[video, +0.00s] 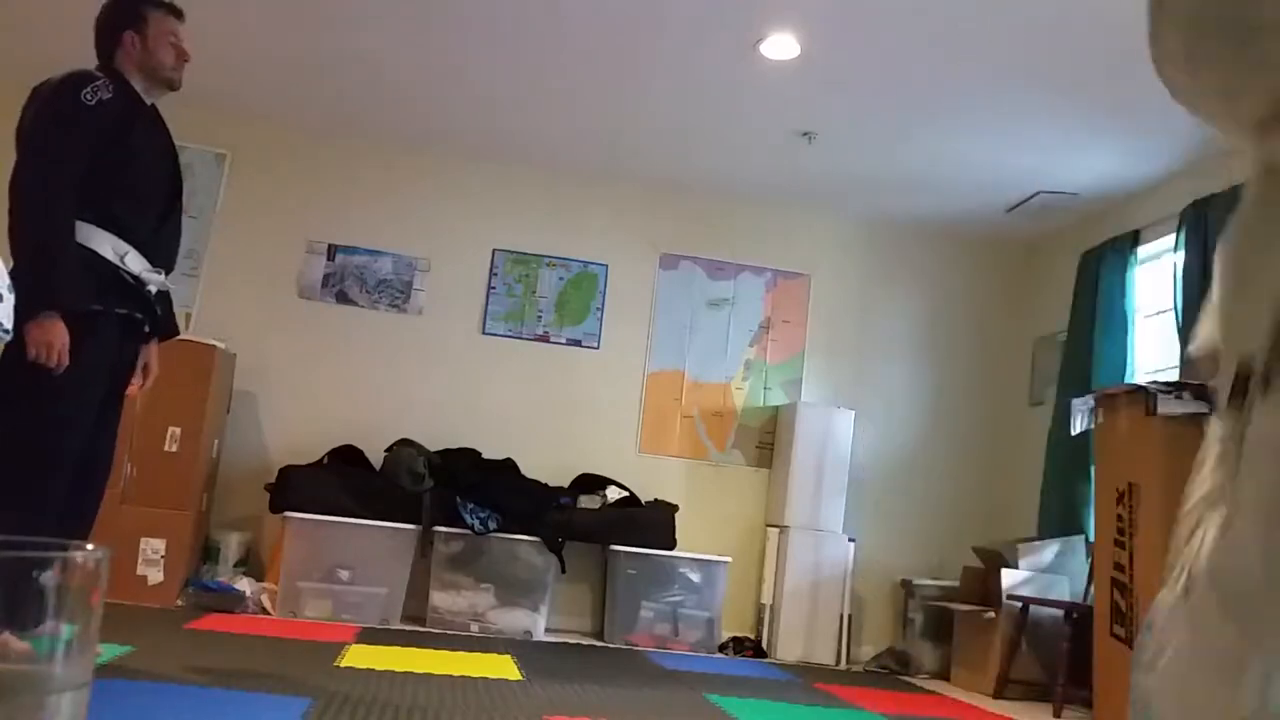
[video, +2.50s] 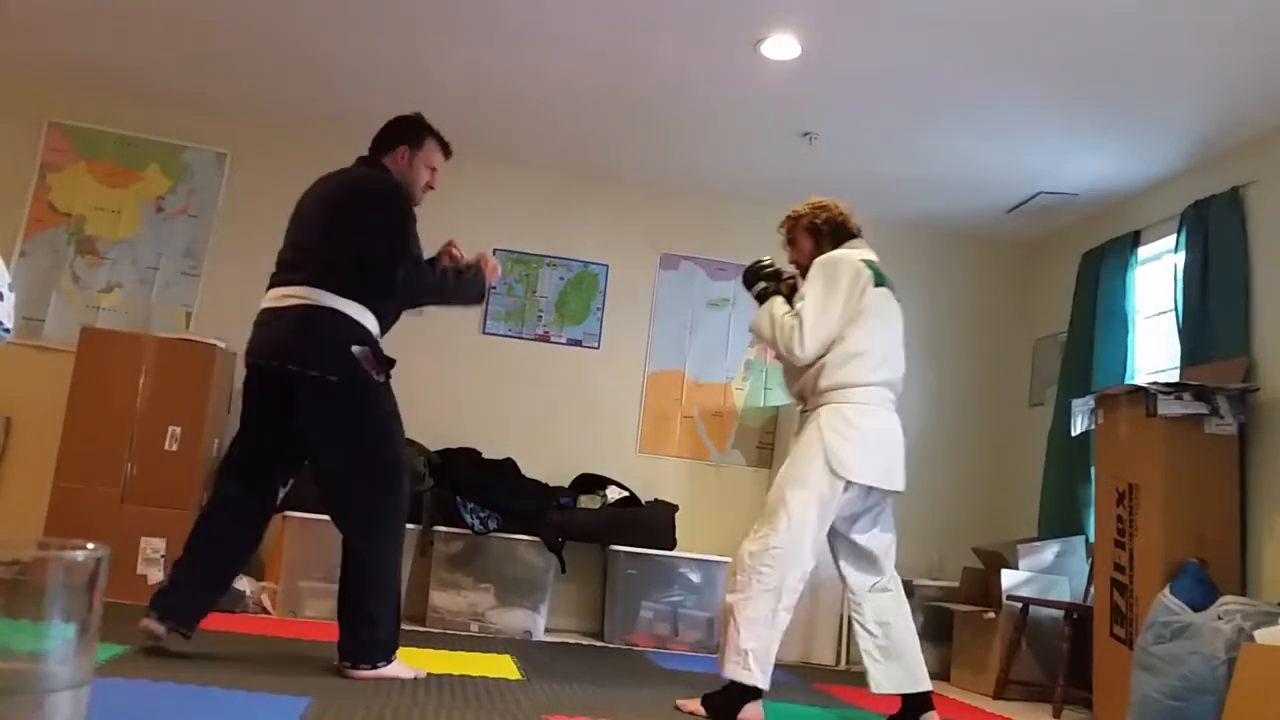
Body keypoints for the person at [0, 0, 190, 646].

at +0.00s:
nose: (186, 52)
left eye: (185, 41)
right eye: (174, 39)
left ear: (142, 46)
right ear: (131, 43)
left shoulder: (153, 130)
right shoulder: (75, 95)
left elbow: (148, 241)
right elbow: (39, 204)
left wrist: (149, 330)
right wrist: (41, 307)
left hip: (113, 332)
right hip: (62, 323)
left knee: (82, 477)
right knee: (36, 470)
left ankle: (42, 617)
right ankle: (10, 618)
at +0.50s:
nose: (202, 67)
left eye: (203, 57)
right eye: (191, 54)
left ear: (158, 59)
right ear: (147, 52)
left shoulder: (157, 130)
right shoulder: (102, 104)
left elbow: (144, 237)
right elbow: (65, 200)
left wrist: (151, 329)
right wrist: (61, 303)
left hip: (118, 328)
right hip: (81, 321)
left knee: (82, 472)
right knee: (51, 468)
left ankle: (38, 613)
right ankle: (13, 614)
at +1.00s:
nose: (252, 107)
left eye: (255, 99)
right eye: (243, 94)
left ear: (213, 94)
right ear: (204, 86)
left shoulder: (203, 152)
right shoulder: (163, 130)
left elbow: (170, 246)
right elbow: (122, 220)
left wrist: (176, 325)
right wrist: (122, 319)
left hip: (137, 330)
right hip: (151, 332)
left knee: (83, 475)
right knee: (188, 469)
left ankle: (28, 617)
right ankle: (135, 625)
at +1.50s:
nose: (356, 137)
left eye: (360, 127)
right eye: (349, 122)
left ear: (306, 118)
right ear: (314, 113)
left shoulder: (251, 150)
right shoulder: (290, 153)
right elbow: (277, 241)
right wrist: (288, 336)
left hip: (191, 314)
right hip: (239, 317)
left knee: (183, 469)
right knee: (256, 484)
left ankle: (83, 614)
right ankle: (227, 646)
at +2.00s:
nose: (377, 156)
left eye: (379, 144)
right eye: (372, 139)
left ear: (324, 131)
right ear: (336, 127)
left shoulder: (261, 169)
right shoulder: (321, 170)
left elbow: (283, 272)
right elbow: (326, 263)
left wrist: (354, 312)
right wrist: (400, 315)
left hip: (221, 330)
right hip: (277, 333)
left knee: (211, 478)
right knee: (306, 485)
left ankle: (170, 629)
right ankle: (240, 636)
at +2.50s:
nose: (432, 184)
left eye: (438, 173)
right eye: (431, 169)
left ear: (385, 155)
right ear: (401, 155)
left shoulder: (323, 188)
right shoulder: (388, 195)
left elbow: (361, 280)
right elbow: (404, 282)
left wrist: (430, 267)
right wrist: (475, 279)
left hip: (272, 344)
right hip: (337, 355)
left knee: (248, 487)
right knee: (377, 505)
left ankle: (170, 616)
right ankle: (368, 654)